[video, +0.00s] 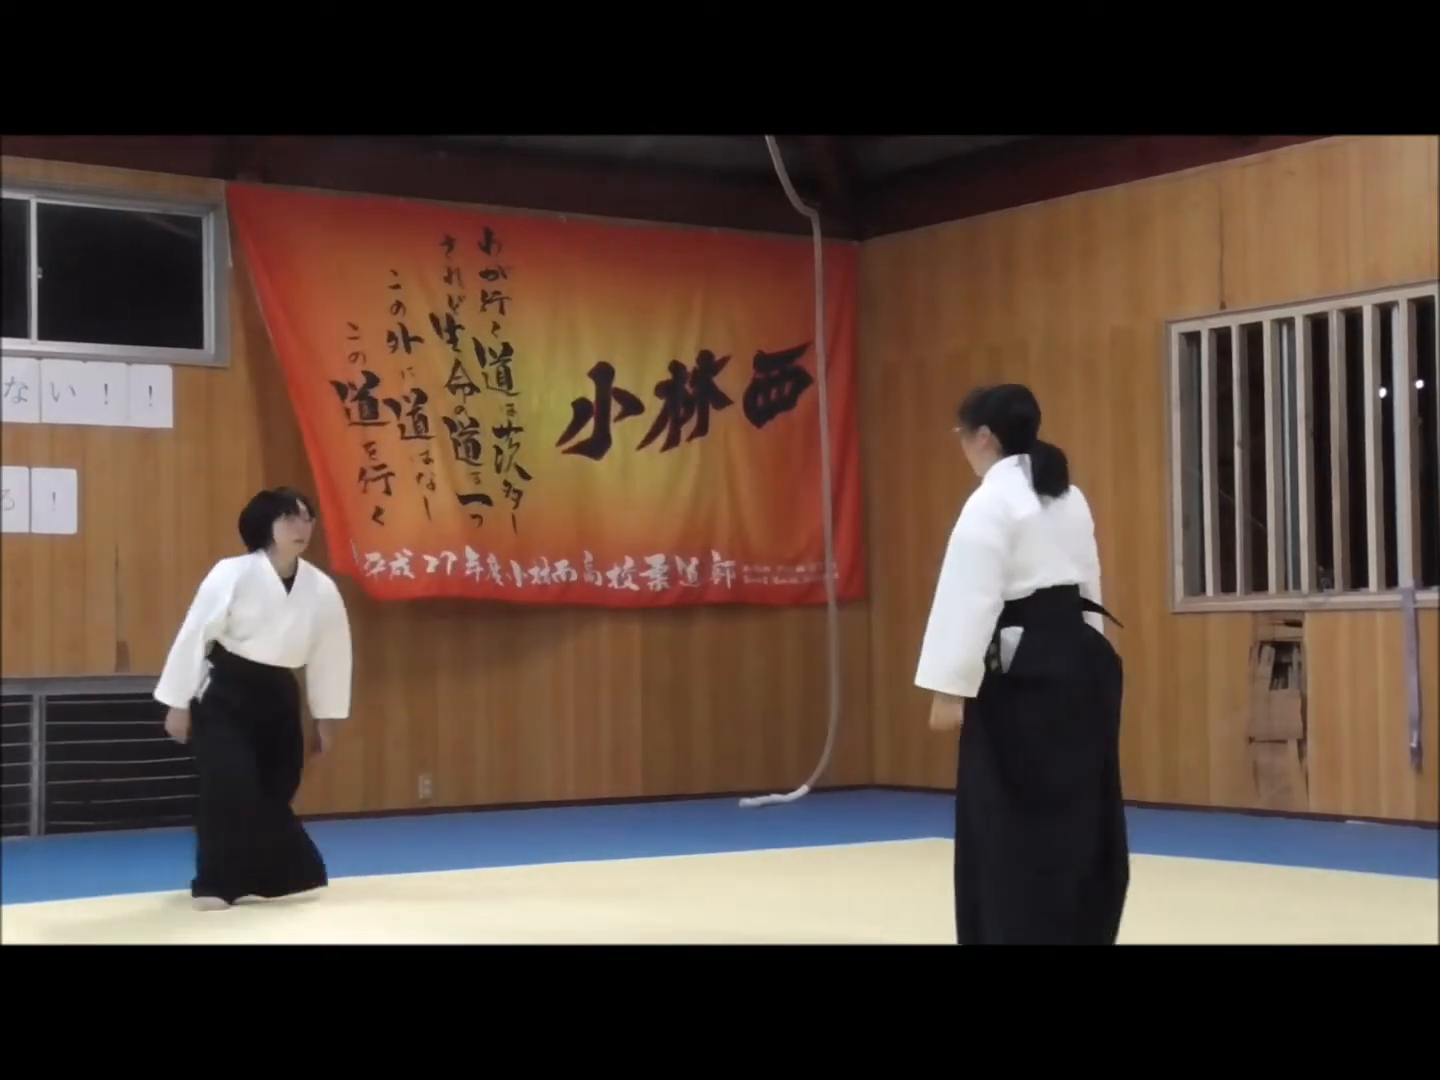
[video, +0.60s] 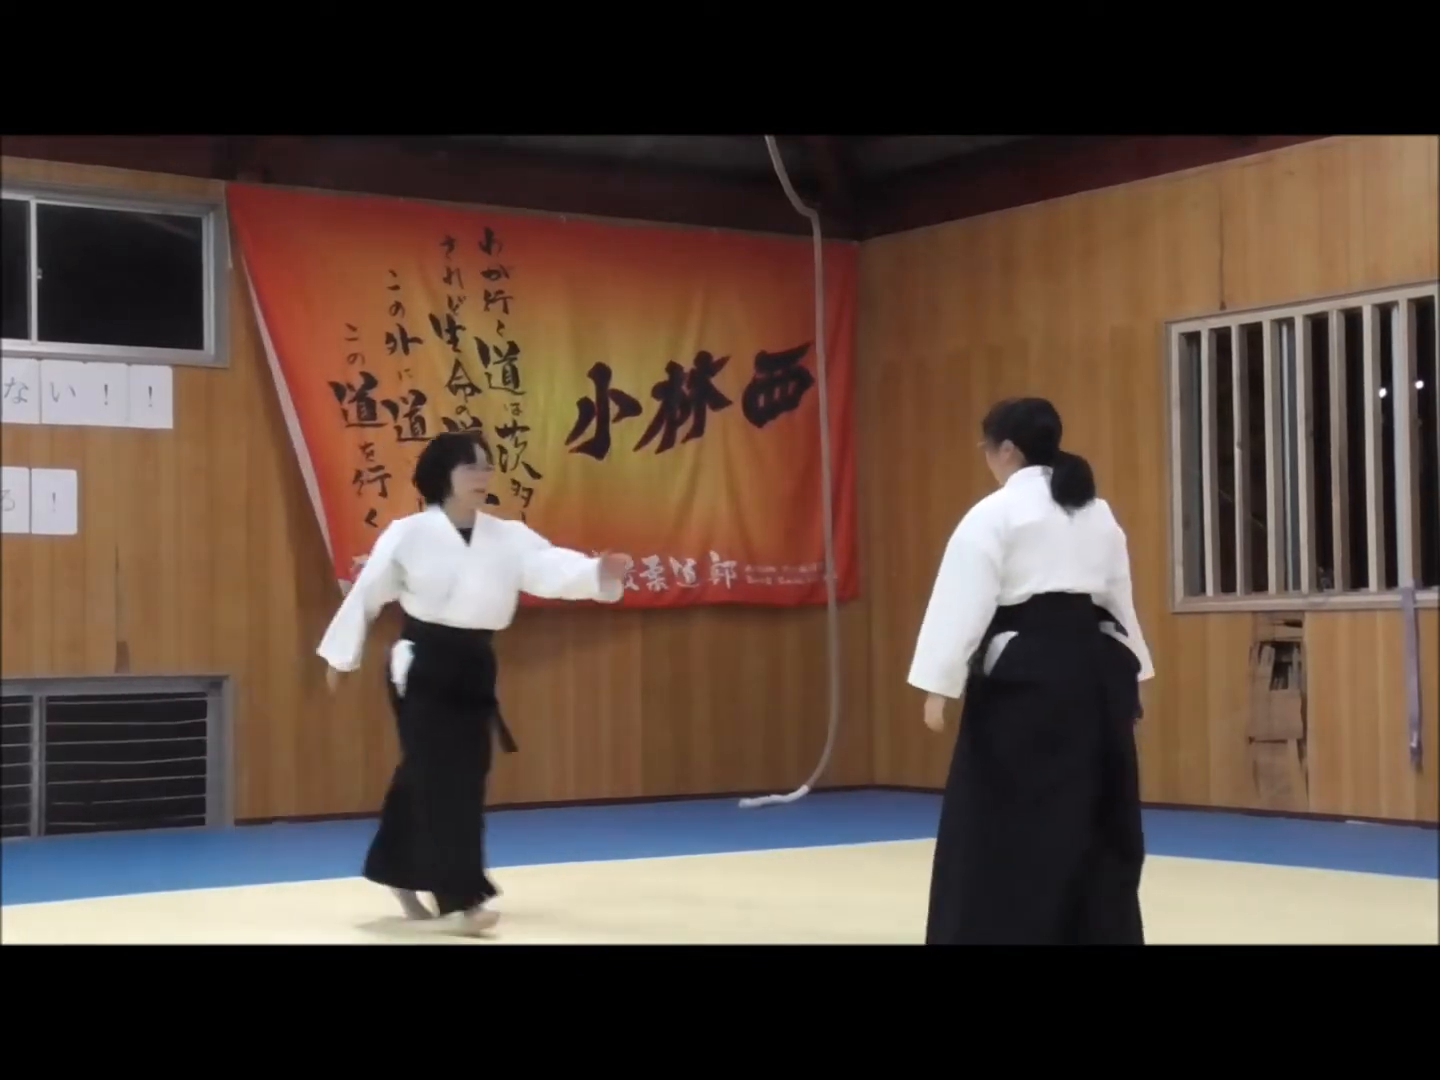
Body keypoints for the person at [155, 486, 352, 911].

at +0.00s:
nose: (303, 525)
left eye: (307, 517)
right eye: (291, 517)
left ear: (312, 526)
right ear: (268, 527)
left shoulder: (320, 588)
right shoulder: (233, 574)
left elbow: (327, 654)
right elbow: (194, 636)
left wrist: (322, 715)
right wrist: (178, 703)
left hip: (279, 692)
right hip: (227, 687)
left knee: (279, 781)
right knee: (229, 781)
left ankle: (253, 873)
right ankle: (211, 884)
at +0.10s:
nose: (318, 526)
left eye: (322, 517)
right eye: (307, 518)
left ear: (328, 525)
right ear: (284, 528)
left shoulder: (336, 587)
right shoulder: (248, 577)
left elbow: (350, 654)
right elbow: (214, 644)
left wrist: (350, 719)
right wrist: (207, 714)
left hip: (303, 689)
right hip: (248, 684)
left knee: (316, 777)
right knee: (235, 780)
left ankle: (297, 871)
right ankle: (214, 885)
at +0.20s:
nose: (345, 517)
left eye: (349, 508)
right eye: (333, 509)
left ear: (355, 516)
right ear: (310, 518)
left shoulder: (360, 578)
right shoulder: (277, 568)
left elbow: (383, 639)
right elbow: (246, 634)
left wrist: (393, 701)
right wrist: (246, 701)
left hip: (330, 684)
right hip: (276, 680)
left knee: (358, 777)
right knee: (245, 780)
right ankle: (208, 881)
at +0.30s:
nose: (380, 504)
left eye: (382, 495)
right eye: (368, 495)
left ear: (385, 503)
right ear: (345, 505)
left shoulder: (399, 566)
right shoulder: (314, 557)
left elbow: (424, 624)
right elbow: (283, 621)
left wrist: (443, 676)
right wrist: (277, 687)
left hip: (368, 678)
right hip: (313, 675)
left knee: (393, 776)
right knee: (279, 776)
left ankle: (392, 891)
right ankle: (224, 866)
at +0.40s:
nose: (420, 485)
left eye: (420, 477)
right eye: (409, 478)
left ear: (418, 486)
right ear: (382, 488)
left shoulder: (440, 553)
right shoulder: (349, 542)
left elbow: (471, 600)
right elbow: (316, 609)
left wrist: (501, 641)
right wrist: (298, 678)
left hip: (403, 669)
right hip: (347, 664)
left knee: (410, 781)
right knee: (347, 780)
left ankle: (403, 894)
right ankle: (291, 862)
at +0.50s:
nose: (449, 473)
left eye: (450, 465)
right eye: (437, 466)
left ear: (451, 474)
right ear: (411, 476)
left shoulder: (472, 535)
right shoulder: (375, 532)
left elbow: (510, 573)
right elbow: (339, 596)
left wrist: (550, 602)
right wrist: (321, 655)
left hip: (437, 657)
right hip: (386, 656)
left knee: (438, 768)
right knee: (396, 767)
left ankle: (396, 881)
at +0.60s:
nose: (484, 474)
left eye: (487, 466)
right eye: (472, 466)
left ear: (489, 475)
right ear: (444, 476)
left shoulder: (505, 535)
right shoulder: (408, 534)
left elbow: (546, 566)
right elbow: (365, 593)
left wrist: (596, 571)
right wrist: (340, 649)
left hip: (476, 661)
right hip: (424, 660)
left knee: (448, 771)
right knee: (448, 772)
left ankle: (398, 868)